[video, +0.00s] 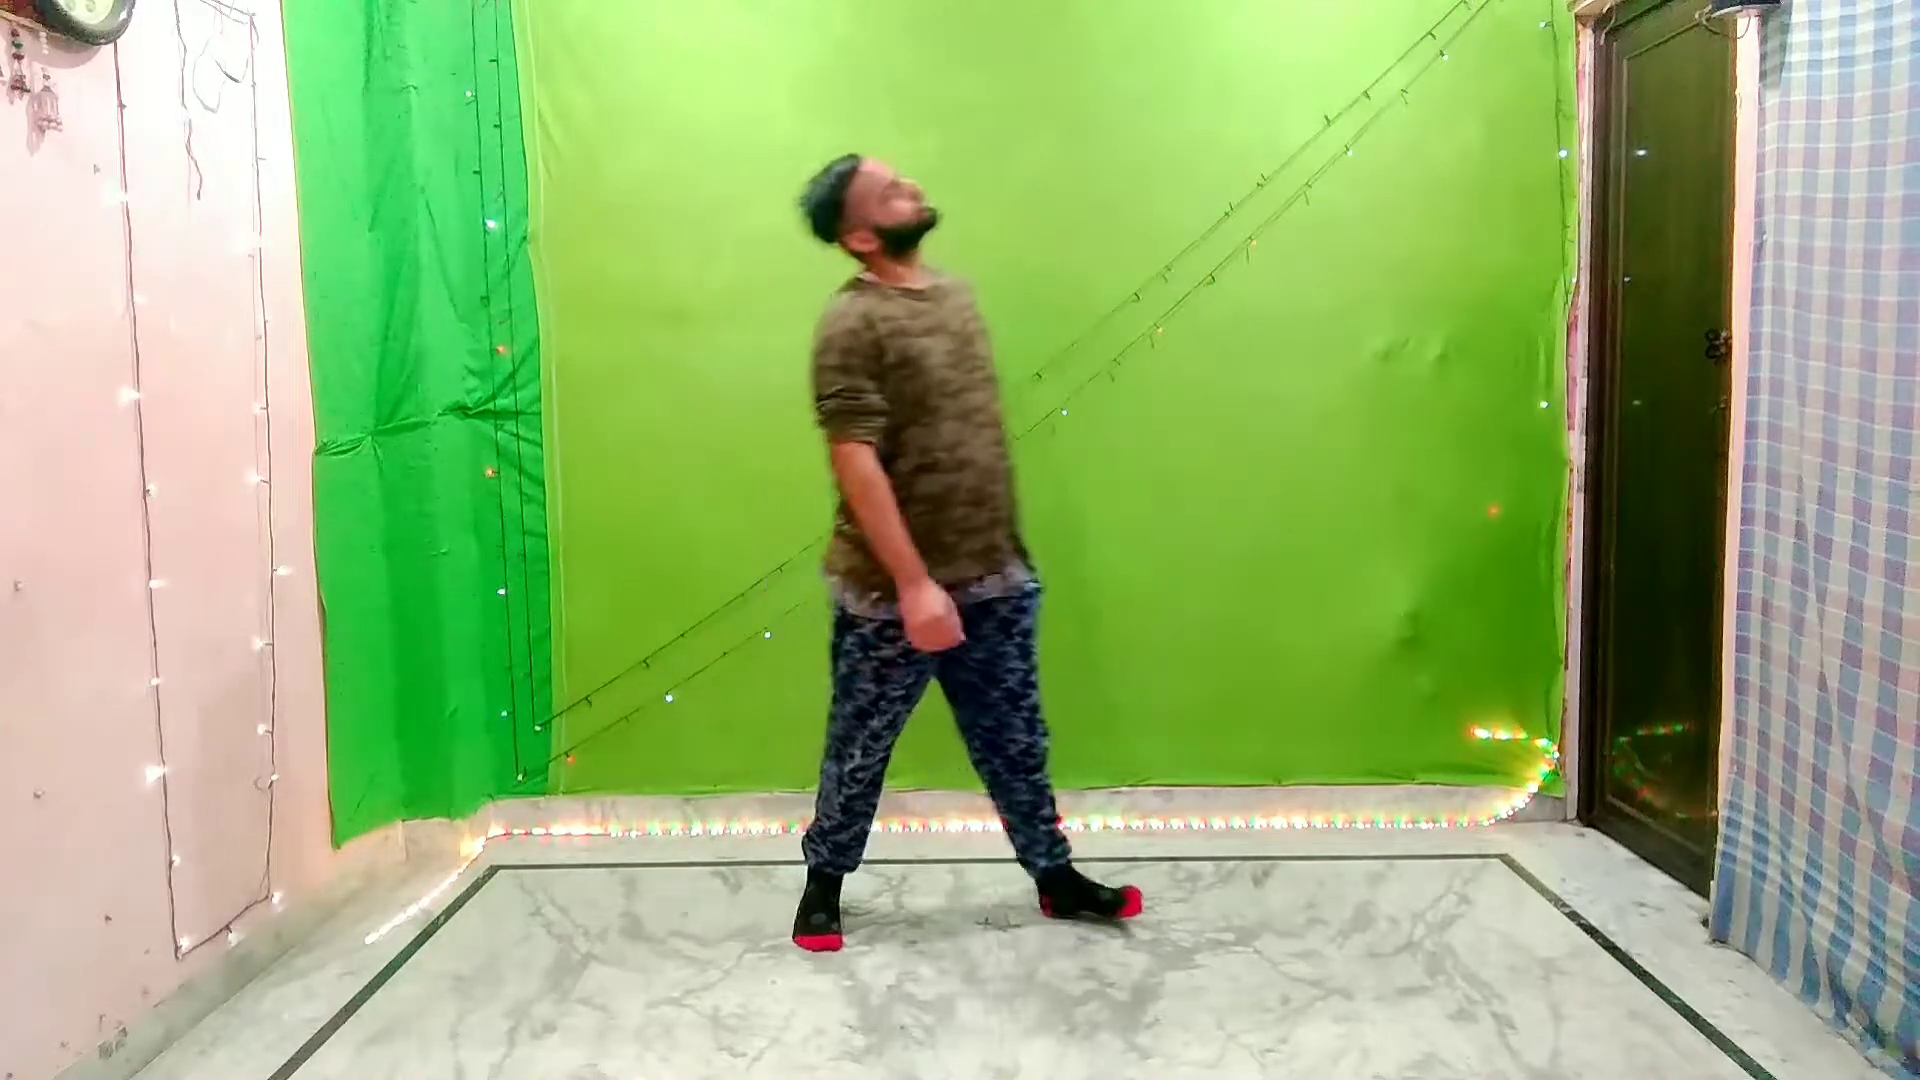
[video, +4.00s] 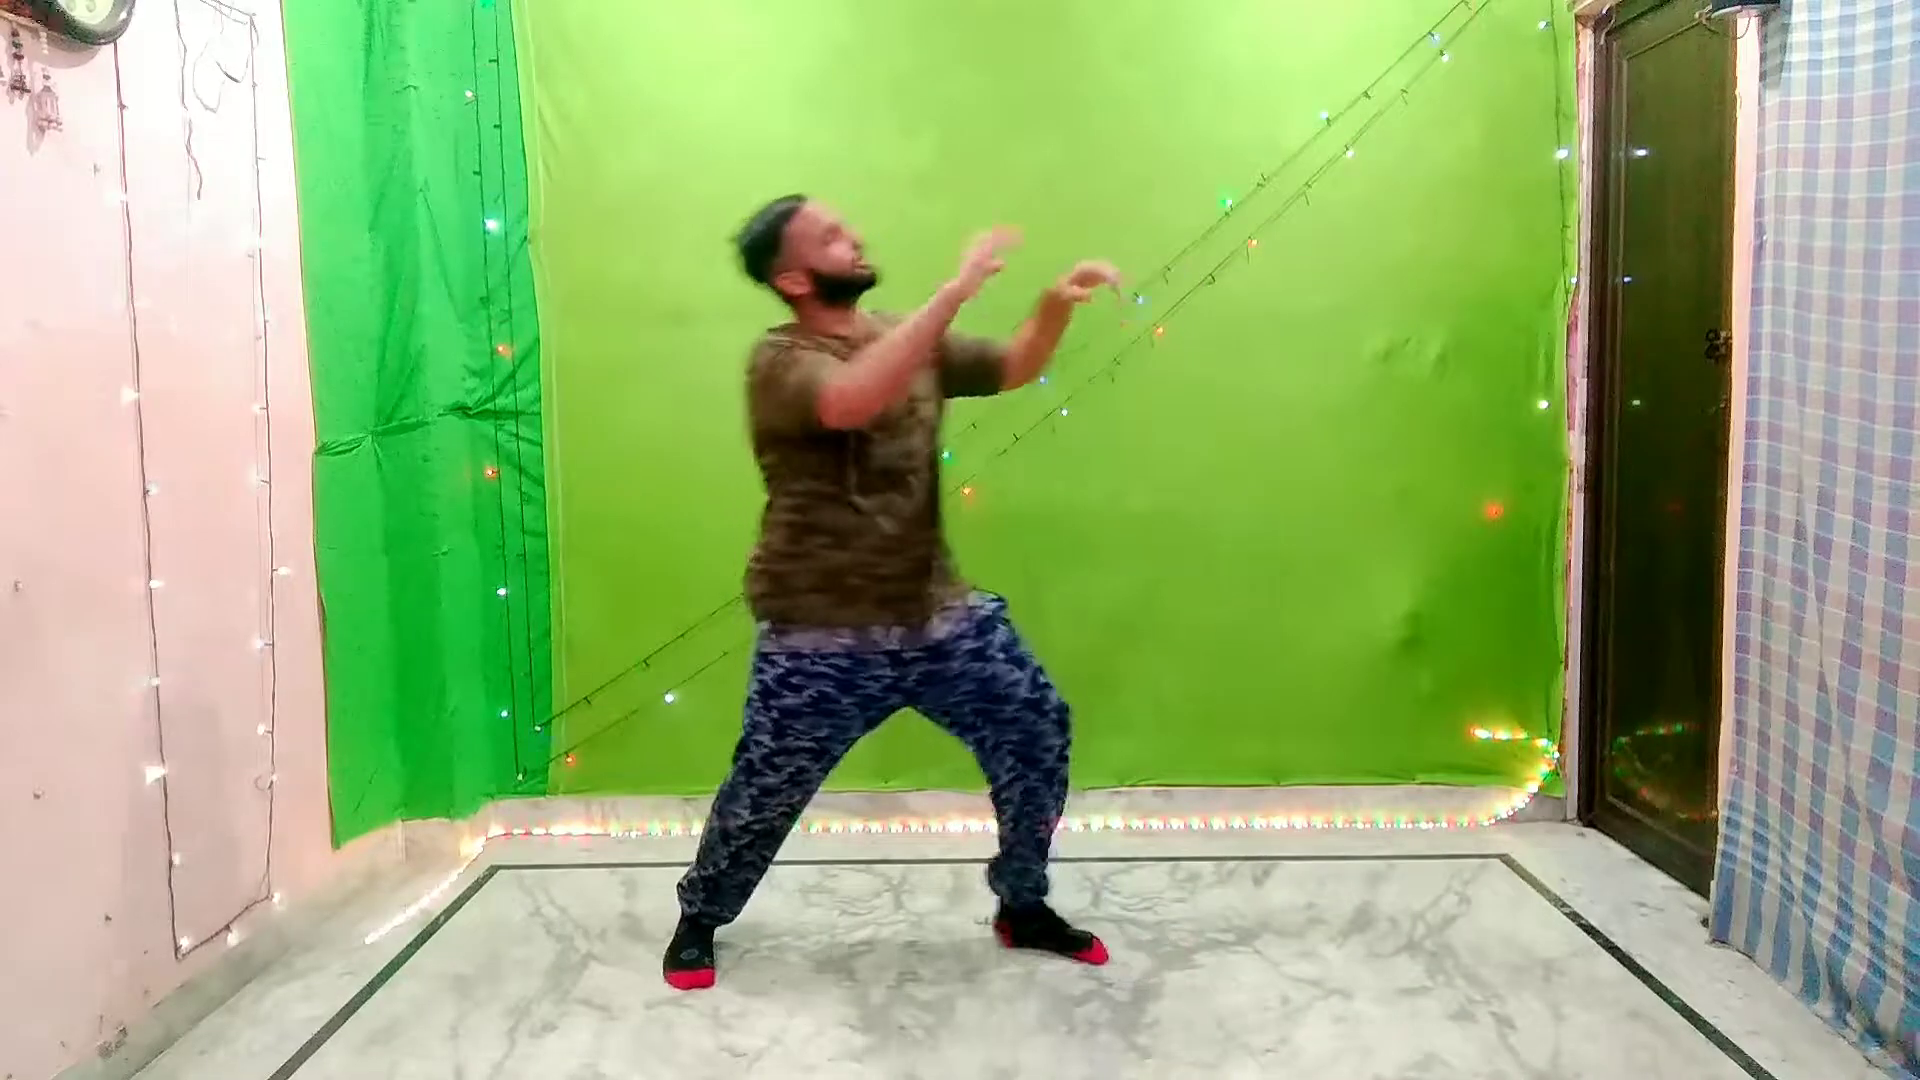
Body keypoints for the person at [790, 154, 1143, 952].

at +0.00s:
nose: (908, 185)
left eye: (899, 176)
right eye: (886, 188)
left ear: (903, 210)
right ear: (857, 235)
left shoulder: (955, 297)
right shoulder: (852, 327)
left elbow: (971, 434)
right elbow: (855, 464)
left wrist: (998, 551)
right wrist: (913, 583)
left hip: (989, 573)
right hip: (890, 589)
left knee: (1015, 741)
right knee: (859, 750)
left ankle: (1057, 879)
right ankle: (822, 890)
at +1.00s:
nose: (1208, 171)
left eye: (1199, 161)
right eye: (1189, 166)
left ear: (1172, 200)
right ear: (1147, 204)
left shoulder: (1213, 294)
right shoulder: (1126, 305)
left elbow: (1243, 408)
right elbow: (1112, 443)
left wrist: (1278, 341)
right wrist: (1166, 578)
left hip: (1259, 571)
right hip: (1194, 583)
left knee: (1246, 736)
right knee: (1226, 766)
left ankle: (1129, 841)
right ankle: (1246, 941)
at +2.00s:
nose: (1430, 148)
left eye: (1415, 137)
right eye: (1408, 144)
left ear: (1382, 195)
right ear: (1377, 191)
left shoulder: (1423, 288)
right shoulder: (1369, 291)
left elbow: (1517, 334)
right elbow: (1523, 329)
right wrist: (1581, 178)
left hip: (1463, 566)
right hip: (1382, 571)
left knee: (1487, 745)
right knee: (1393, 750)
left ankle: (1447, 918)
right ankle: (1275, 912)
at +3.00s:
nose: (1241, 139)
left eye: (1229, 128)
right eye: (1221, 133)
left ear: (1182, 174)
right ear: (1184, 171)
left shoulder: (1201, 255)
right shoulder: (1190, 258)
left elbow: (1325, 244)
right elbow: (1330, 244)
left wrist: (1348, 123)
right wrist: (1350, 109)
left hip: (1228, 553)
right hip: (1207, 562)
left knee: (1224, 719)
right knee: (1262, 741)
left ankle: (1139, 875)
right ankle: (1247, 927)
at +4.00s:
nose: (850, 235)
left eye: (840, 223)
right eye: (827, 235)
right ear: (791, 281)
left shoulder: (905, 337)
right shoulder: (781, 363)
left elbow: (1012, 366)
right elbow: (852, 398)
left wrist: (1054, 308)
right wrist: (952, 294)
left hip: (933, 612)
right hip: (820, 626)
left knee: (1035, 727)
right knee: (766, 791)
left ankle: (1022, 905)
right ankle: (697, 924)